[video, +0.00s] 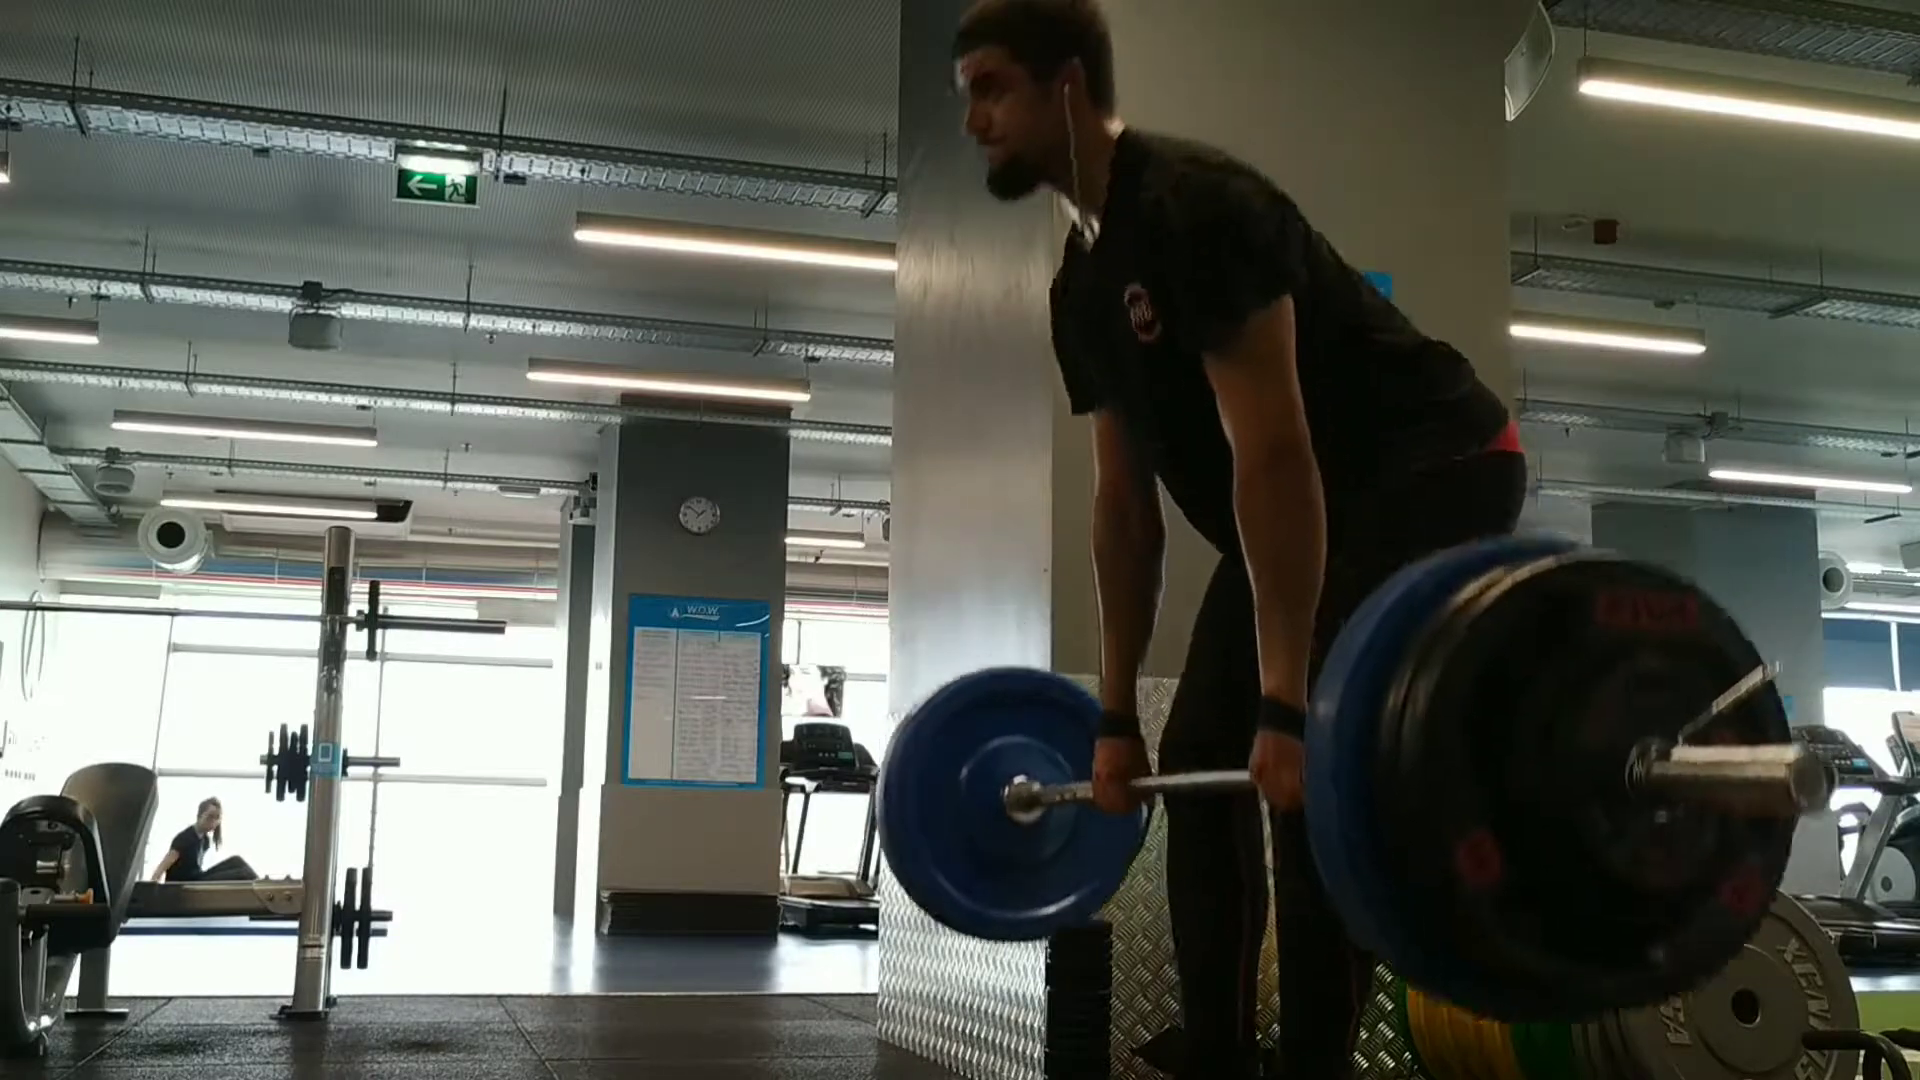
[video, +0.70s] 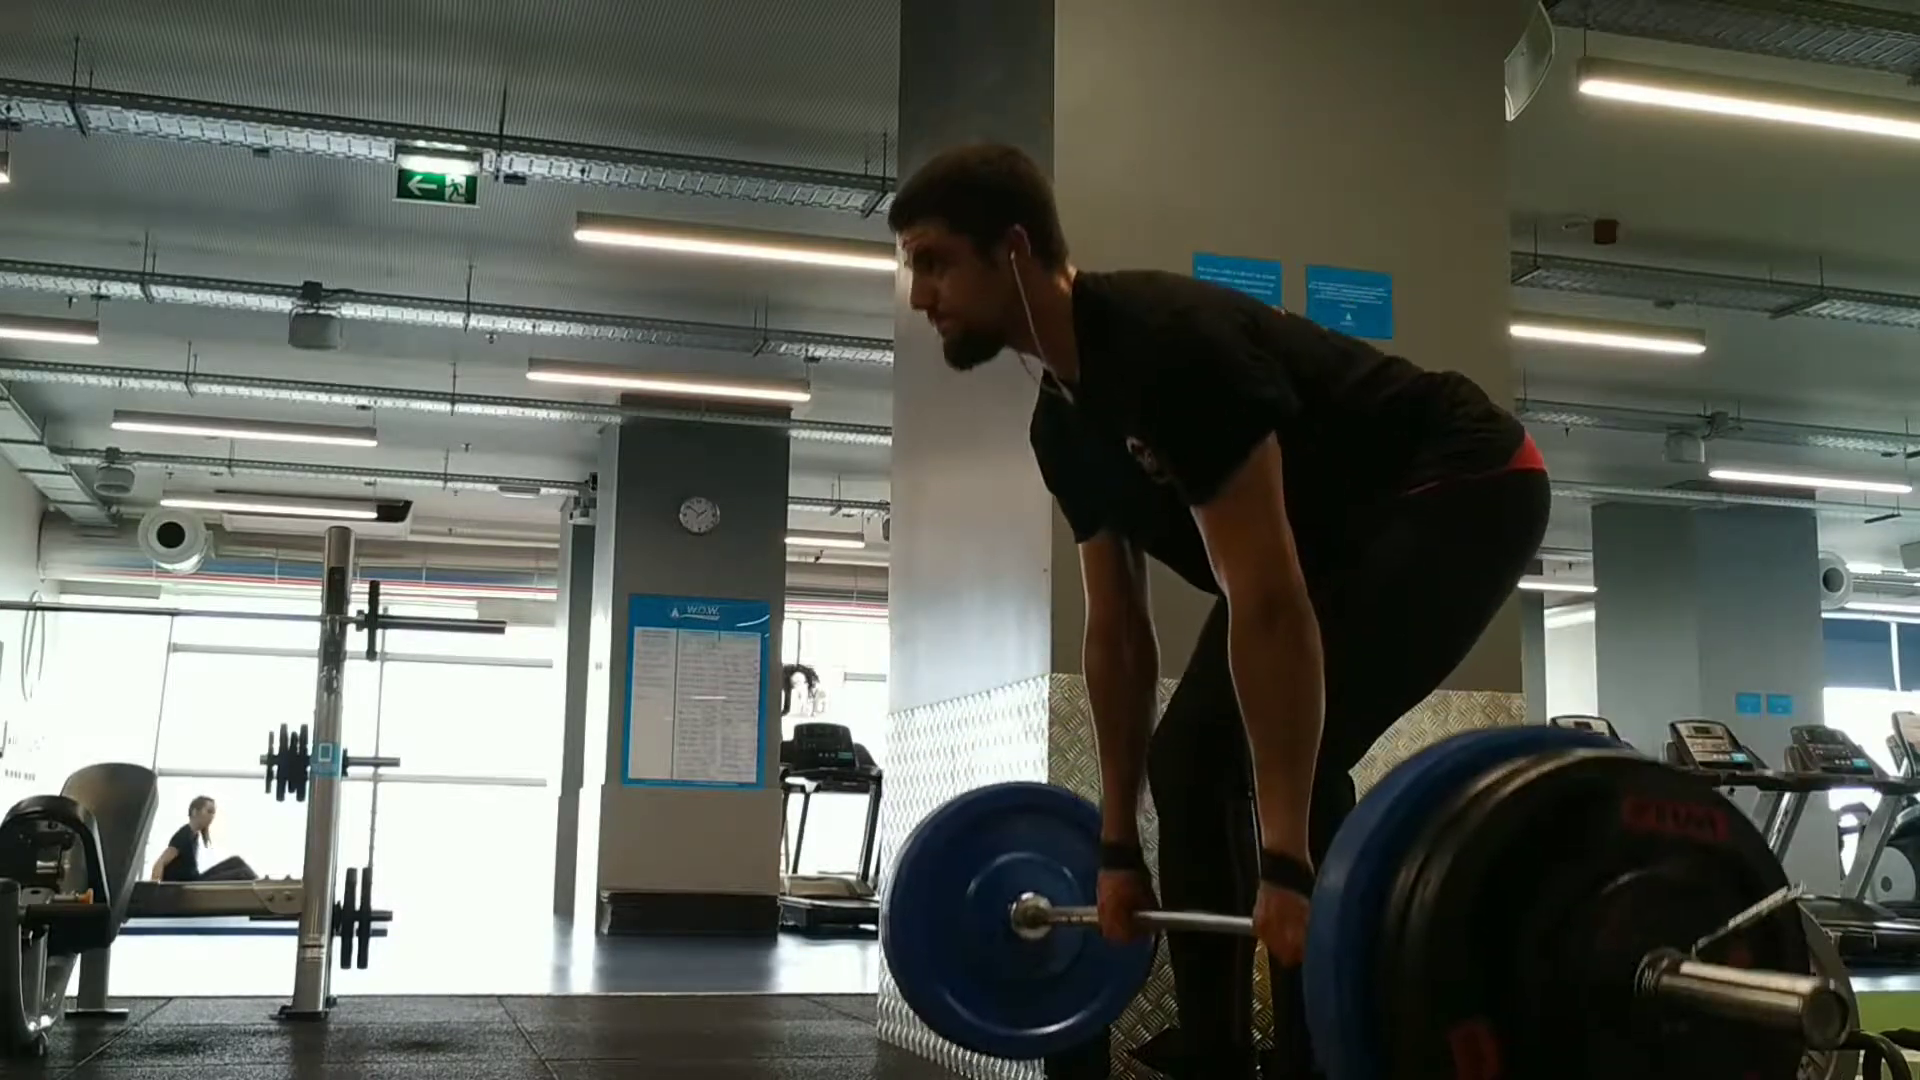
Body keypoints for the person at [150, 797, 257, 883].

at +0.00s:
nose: (213, 821)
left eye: (217, 818)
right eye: (210, 816)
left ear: (220, 821)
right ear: (200, 815)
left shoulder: (204, 839)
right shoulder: (186, 838)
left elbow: (193, 863)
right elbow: (163, 866)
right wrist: (151, 887)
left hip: (196, 879)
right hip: (184, 885)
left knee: (236, 861)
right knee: (240, 872)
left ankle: (259, 885)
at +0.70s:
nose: (212, 817)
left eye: (213, 813)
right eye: (209, 812)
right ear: (195, 812)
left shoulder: (194, 835)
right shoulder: (185, 835)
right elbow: (160, 864)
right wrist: (154, 889)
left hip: (193, 881)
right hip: (184, 888)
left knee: (235, 862)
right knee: (239, 872)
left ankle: (259, 886)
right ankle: (261, 891)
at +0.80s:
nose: (212, 816)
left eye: (212, 812)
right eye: (209, 811)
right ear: (195, 811)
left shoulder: (193, 834)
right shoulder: (185, 834)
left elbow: (158, 861)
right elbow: (158, 861)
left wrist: (156, 884)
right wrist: (162, 887)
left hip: (193, 882)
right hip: (185, 888)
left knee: (235, 862)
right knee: (239, 873)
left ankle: (260, 886)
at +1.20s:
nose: (209, 814)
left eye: (208, 810)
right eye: (206, 810)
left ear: (194, 811)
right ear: (194, 810)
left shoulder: (187, 832)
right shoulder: (183, 833)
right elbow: (172, 867)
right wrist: (169, 893)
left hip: (193, 881)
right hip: (187, 886)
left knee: (236, 860)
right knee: (240, 872)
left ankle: (259, 885)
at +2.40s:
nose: (225, 822)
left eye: (225, 818)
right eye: (224, 818)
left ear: (208, 818)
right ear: (217, 819)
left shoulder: (208, 839)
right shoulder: (206, 840)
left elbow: (192, 870)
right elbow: (190, 871)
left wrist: (175, 890)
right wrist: (174, 890)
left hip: (232, 882)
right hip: (232, 886)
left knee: (267, 847)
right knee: (274, 852)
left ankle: (287, 880)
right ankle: (292, 884)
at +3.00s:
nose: (222, 824)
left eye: (222, 820)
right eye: (222, 821)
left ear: (201, 820)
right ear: (218, 822)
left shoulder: (191, 845)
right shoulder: (212, 847)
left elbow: (177, 874)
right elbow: (190, 874)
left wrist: (169, 891)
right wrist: (178, 891)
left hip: (219, 887)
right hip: (235, 886)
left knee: (269, 851)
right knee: (276, 854)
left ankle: (285, 885)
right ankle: (295, 887)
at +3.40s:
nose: (246, 822)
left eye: (246, 818)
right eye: (244, 817)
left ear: (231, 817)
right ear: (235, 817)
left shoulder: (214, 837)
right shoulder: (219, 839)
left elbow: (197, 867)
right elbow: (197, 867)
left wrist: (180, 885)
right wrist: (179, 886)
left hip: (235, 886)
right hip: (238, 888)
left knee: (281, 860)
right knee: (283, 860)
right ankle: (309, 882)